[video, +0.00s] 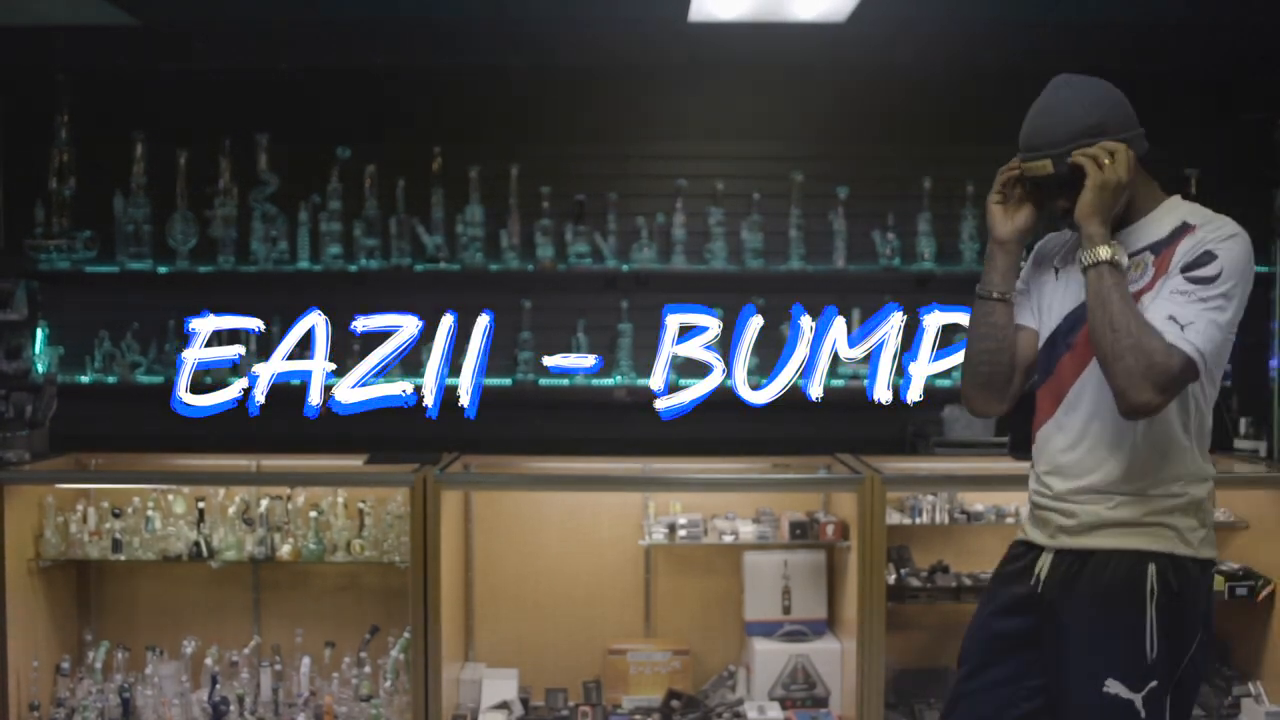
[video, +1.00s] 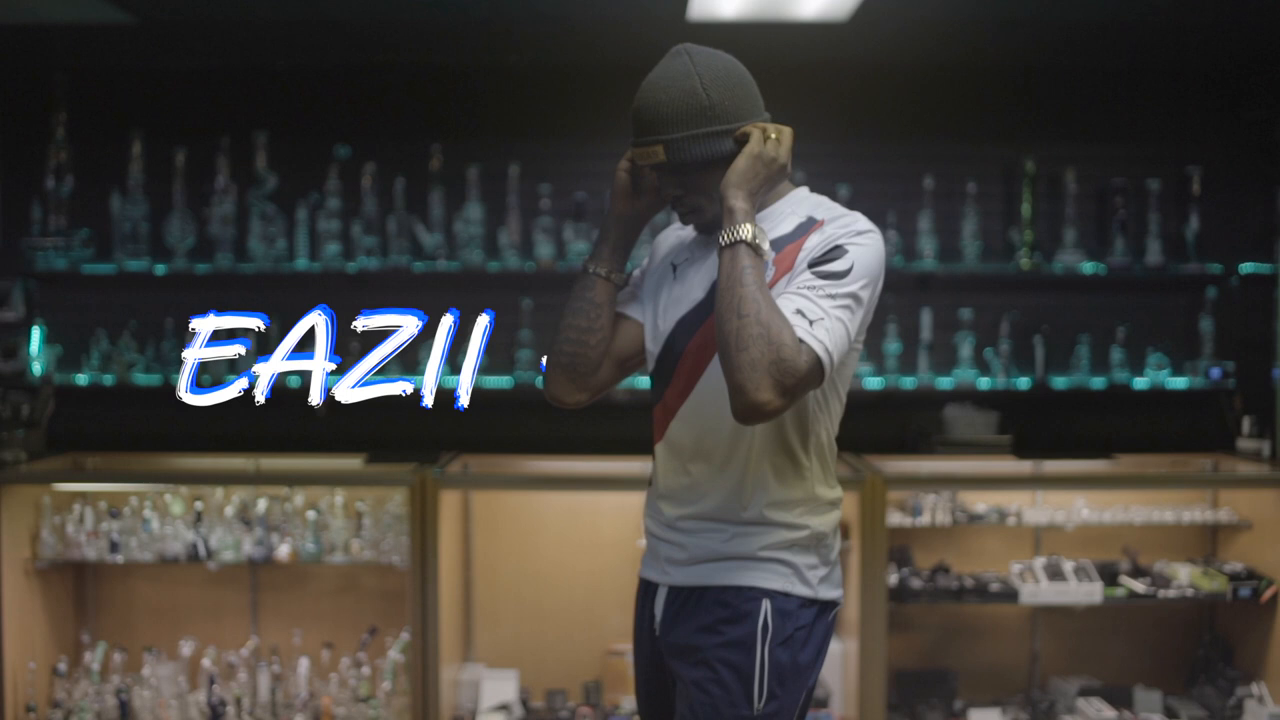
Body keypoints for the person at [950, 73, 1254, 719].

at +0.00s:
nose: (1062, 190)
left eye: (1072, 170)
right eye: (1049, 176)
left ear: (1123, 157)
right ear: (1040, 184)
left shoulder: (1214, 244)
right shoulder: (1052, 253)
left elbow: (1141, 387)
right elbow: (986, 397)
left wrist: (1095, 234)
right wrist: (1002, 247)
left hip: (1148, 555)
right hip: (1041, 547)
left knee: (1119, 707)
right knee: (977, 706)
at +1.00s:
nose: (675, 210)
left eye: (686, 188)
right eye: (666, 192)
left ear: (743, 156)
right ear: (660, 178)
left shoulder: (845, 240)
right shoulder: (676, 244)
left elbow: (759, 390)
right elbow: (570, 384)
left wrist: (739, 208)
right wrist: (620, 222)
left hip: (764, 583)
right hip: (665, 576)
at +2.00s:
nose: (520, 180)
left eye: (546, 149)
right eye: (500, 155)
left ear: (610, 117)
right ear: (477, 139)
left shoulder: (712, 213)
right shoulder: (465, 214)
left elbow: (699, 323)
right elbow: (263, 269)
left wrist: (655, 126)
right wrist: (431, 131)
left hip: (617, 670)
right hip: (444, 657)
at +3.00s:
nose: (305, 106)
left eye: (335, 72)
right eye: (272, 75)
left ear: (377, 57)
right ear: (222, 69)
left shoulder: (492, 197)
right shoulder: (154, 260)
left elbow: (575, 449)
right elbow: (146, 552)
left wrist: (669, 676)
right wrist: (130, 718)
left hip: (508, 678)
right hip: (296, 691)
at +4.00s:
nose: (760, 137)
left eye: (793, 106)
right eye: (728, 102)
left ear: (829, 84)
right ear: (669, 66)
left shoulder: (884, 228)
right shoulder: (549, 210)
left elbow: (915, 504)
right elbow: (481, 486)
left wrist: (961, 704)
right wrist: (419, 707)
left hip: (789, 688)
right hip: (581, 686)